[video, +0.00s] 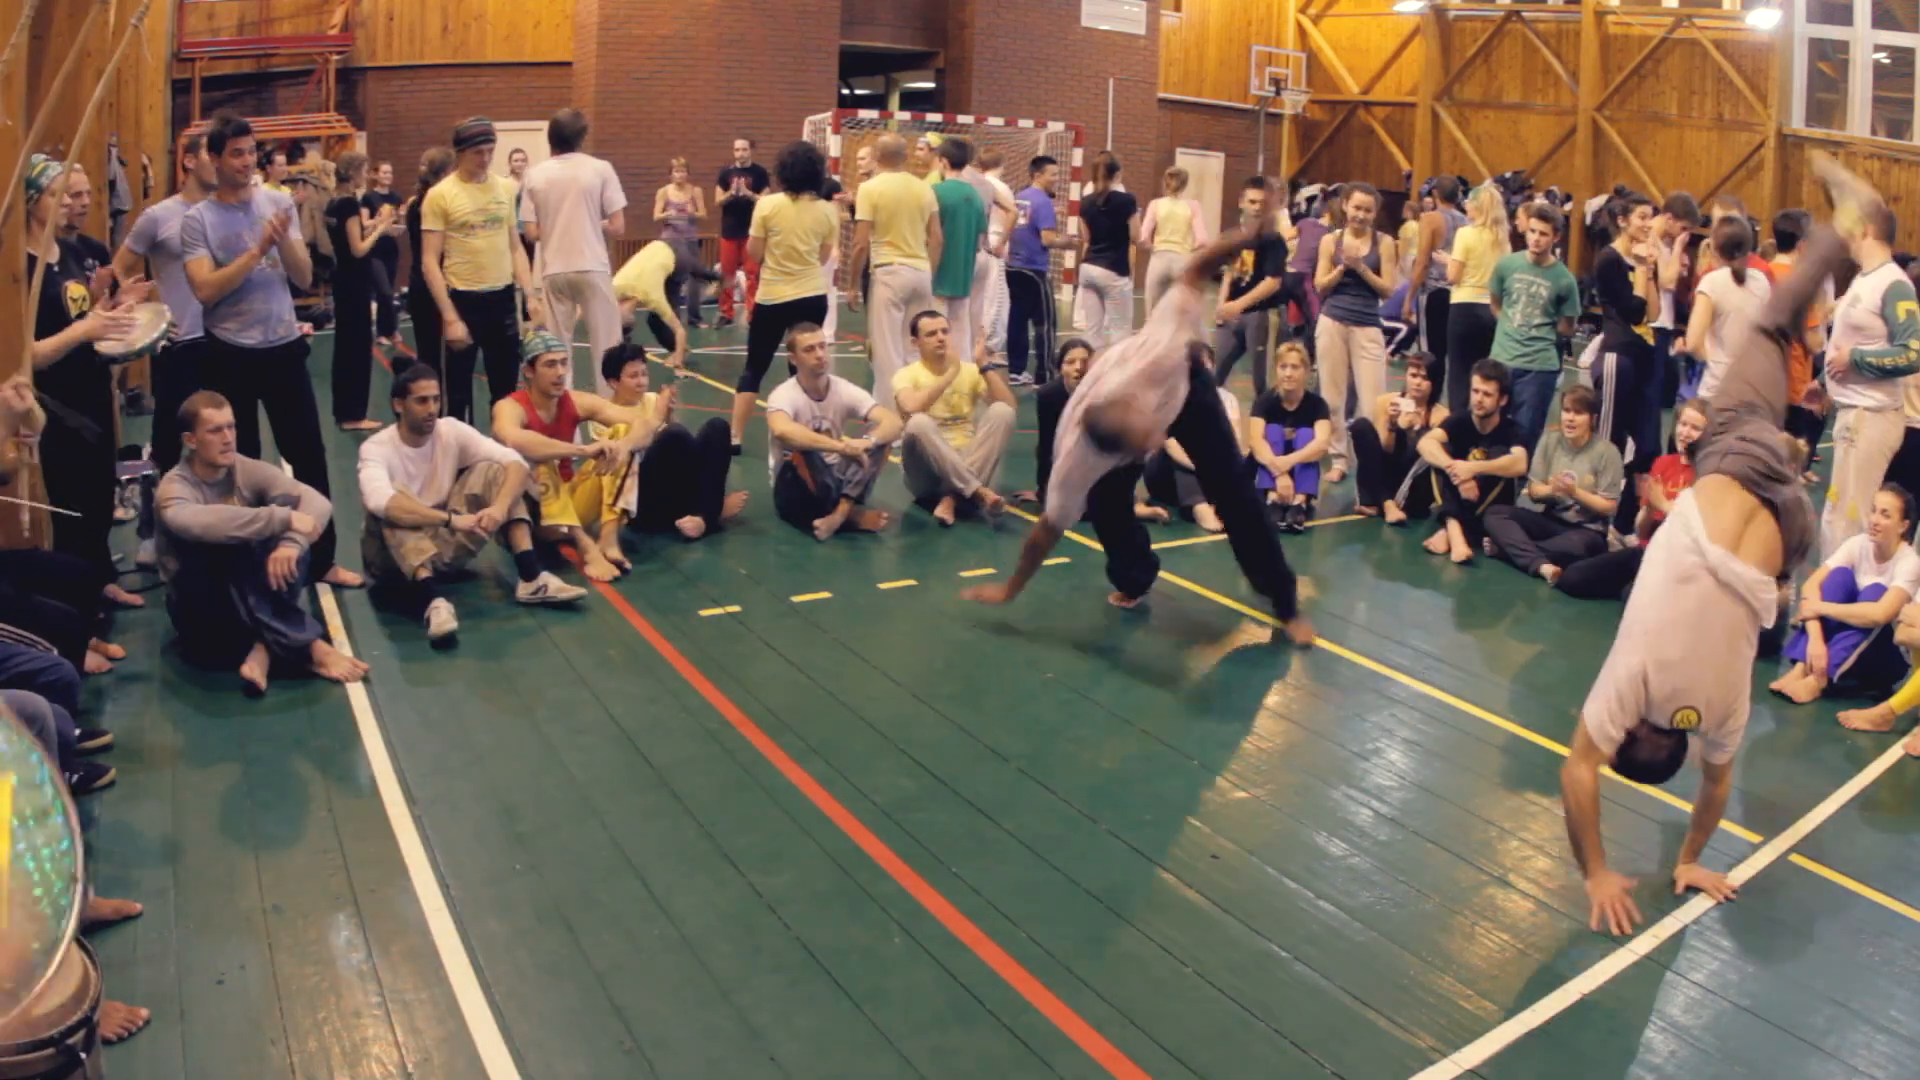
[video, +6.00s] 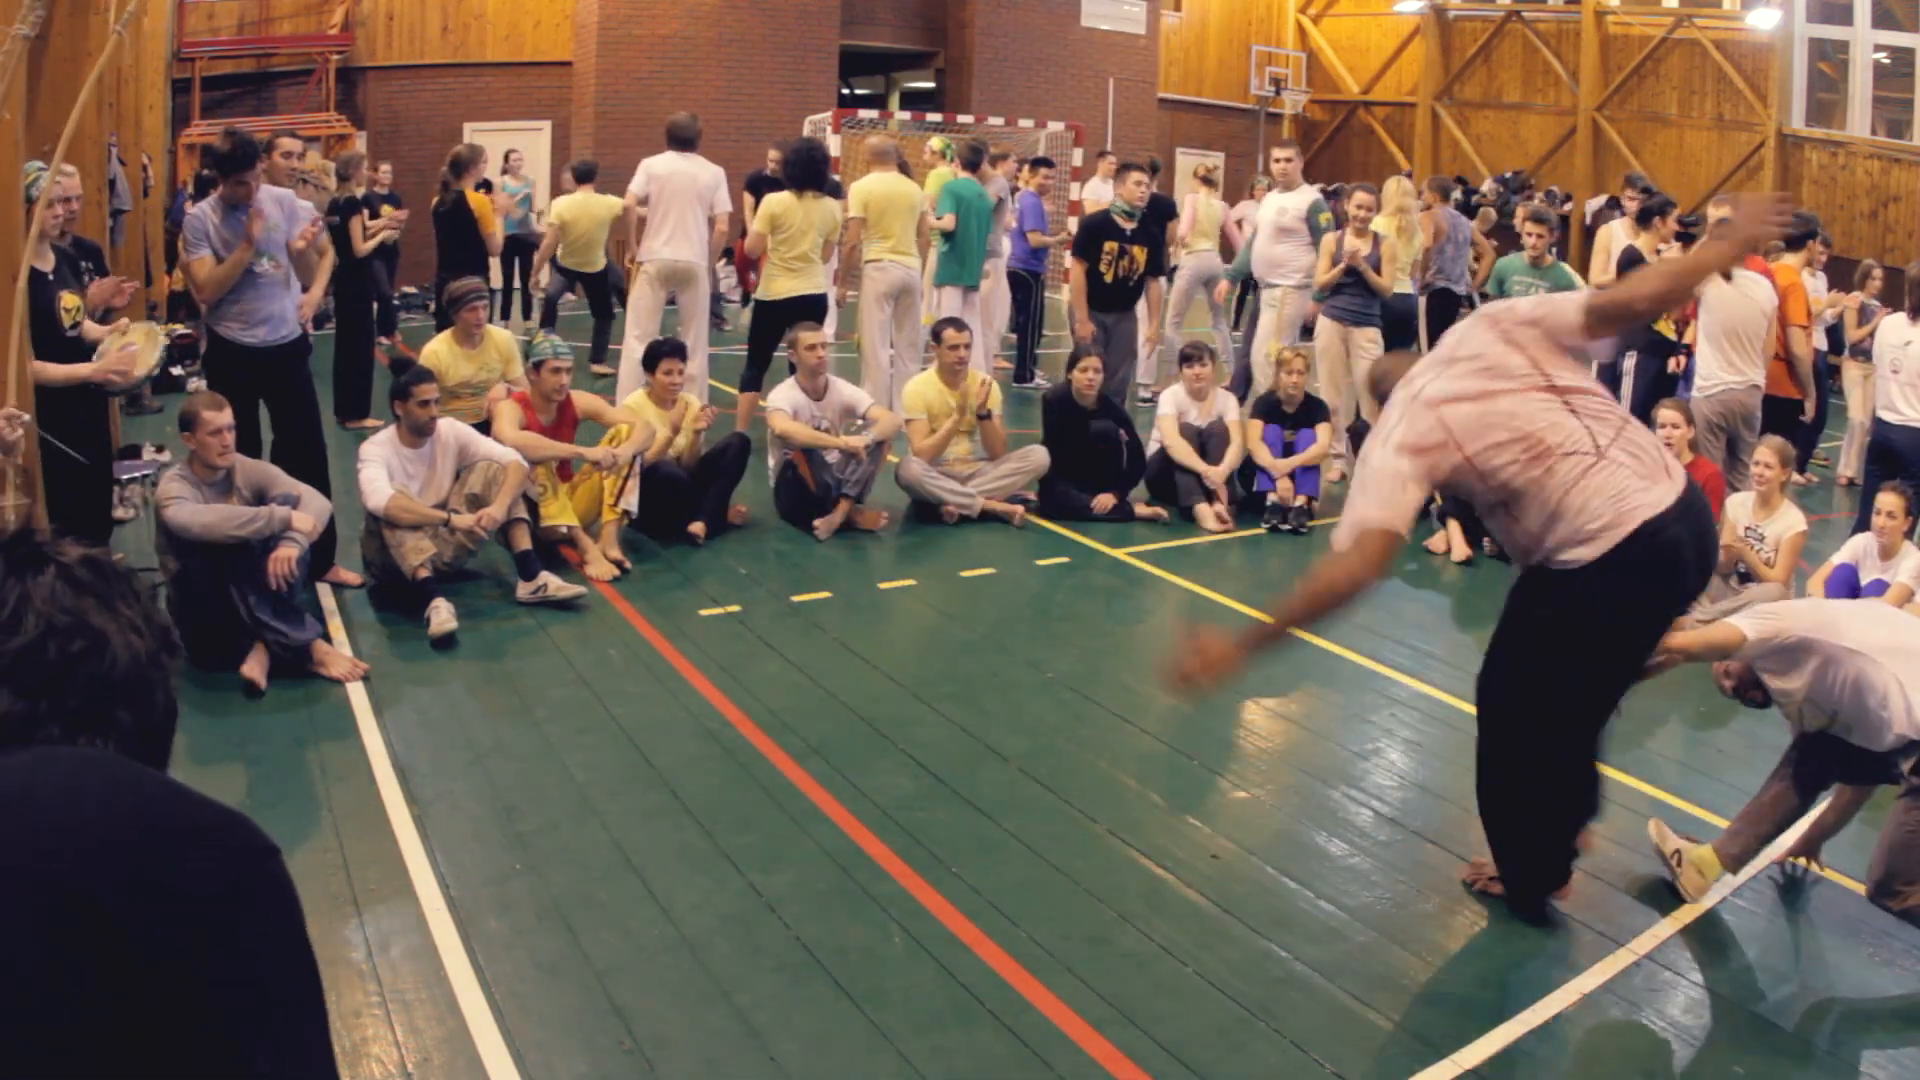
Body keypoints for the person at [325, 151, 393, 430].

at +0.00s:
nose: (368, 177)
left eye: (368, 171)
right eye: (365, 171)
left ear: (345, 172)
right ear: (354, 173)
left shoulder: (334, 204)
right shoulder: (349, 205)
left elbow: (348, 243)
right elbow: (357, 248)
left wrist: (375, 227)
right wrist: (380, 227)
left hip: (343, 278)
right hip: (356, 280)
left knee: (348, 341)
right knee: (358, 343)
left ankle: (346, 411)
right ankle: (352, 415)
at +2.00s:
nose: (369, 176)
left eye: (369, 170)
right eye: (367, 171)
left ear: (340, 171)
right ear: (356, 173)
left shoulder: (330, 204)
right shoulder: (349, 206)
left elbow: (345, 241)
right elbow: (355, 251)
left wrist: (372, 229)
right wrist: (381, 236)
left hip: (338, 278)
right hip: (352, 282)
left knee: (346, 343)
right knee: (358, 344)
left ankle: (348, 413)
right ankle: (355, 416)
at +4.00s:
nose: (369, 175)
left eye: (368, 170)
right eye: (367, 170)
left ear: (344, 171)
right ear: (356, 172)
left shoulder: (335, 202)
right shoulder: (350, 204)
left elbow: (349, 239)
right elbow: (357, 248)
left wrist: (373, 232)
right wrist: (381, 241)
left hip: (343, 280)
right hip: (356, 282)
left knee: (349, 342)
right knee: (360, 344)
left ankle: (347, 411)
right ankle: (355, 414)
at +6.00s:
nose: (368, 174)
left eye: (367, 168)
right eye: (365, 169)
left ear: (344, 172)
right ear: (354, 172)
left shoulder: (335, 202)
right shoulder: (355, 204)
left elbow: (351, 238)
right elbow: (359, 249)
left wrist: (381, 224)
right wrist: (382, 235)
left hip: (342, 280)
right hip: (358, 282)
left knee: (348, 343)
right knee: (361, 345)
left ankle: (346, 410)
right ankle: (356, 414)